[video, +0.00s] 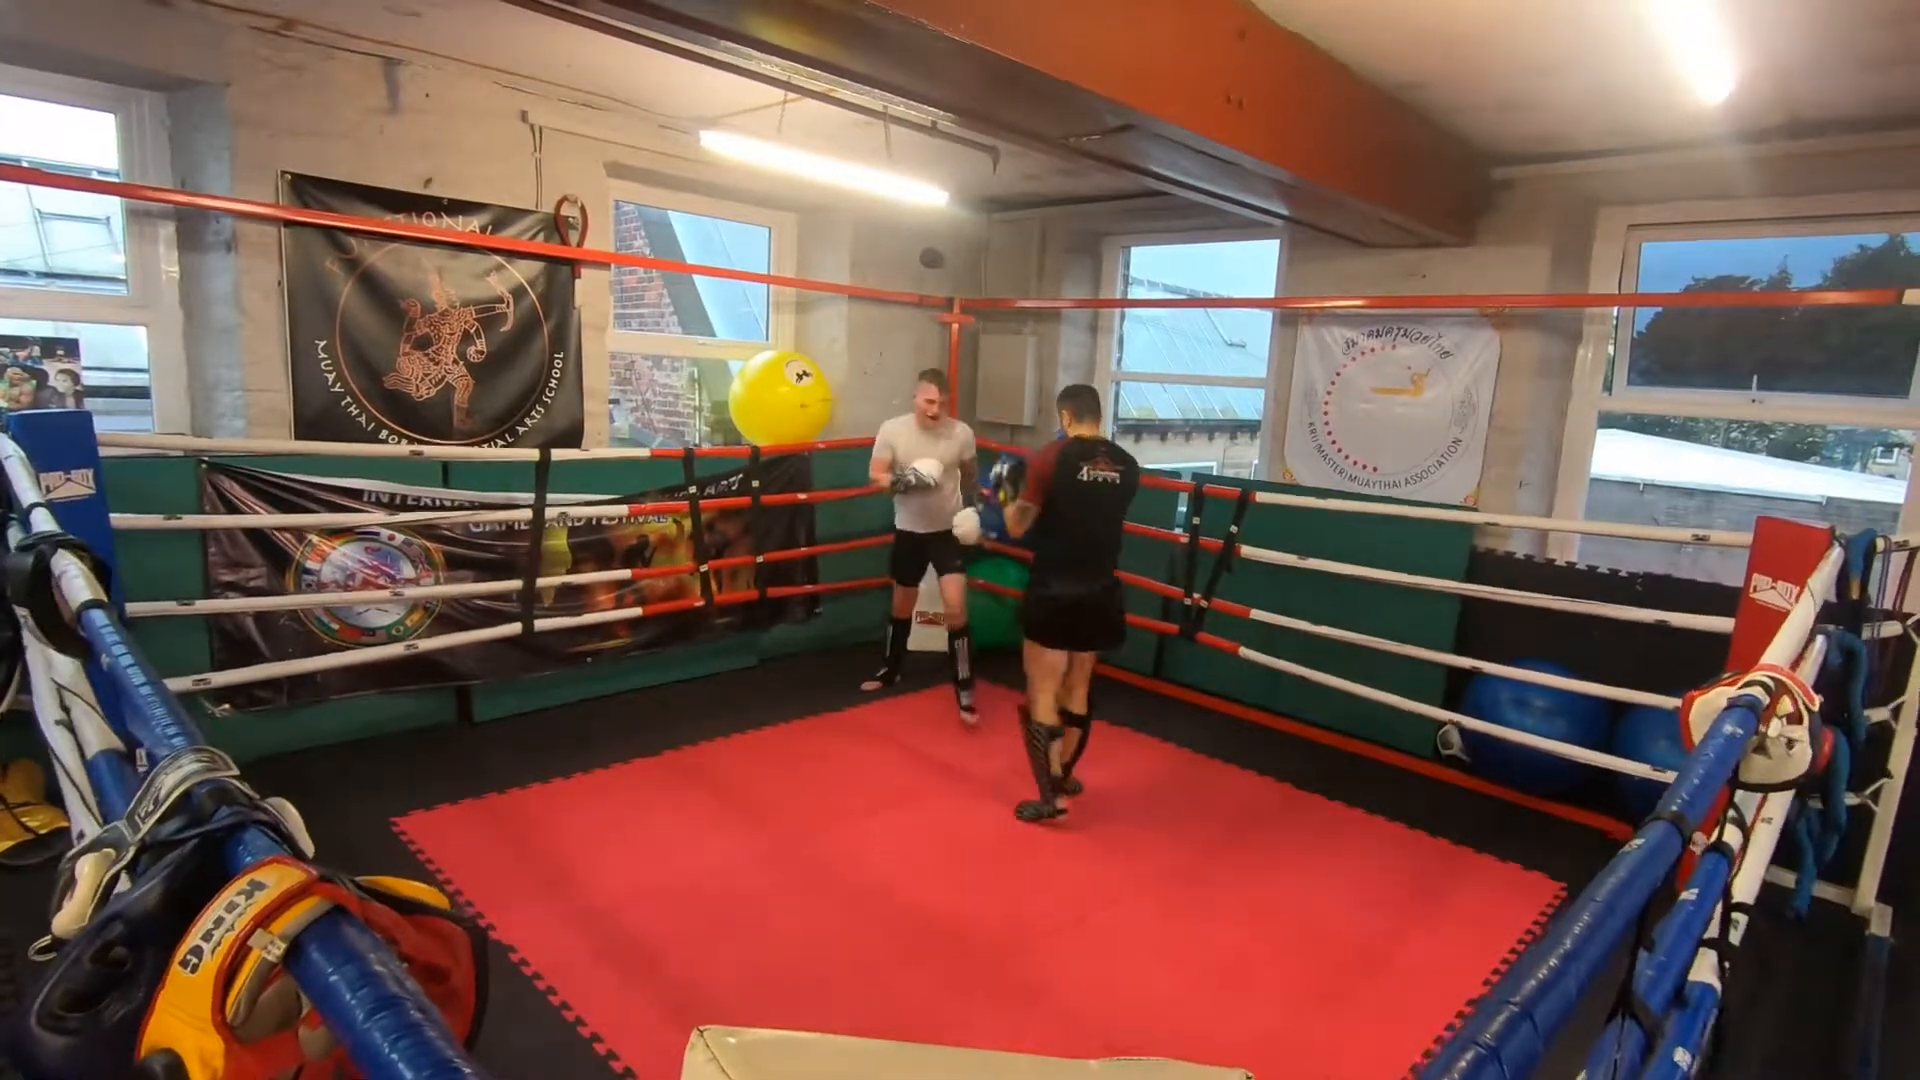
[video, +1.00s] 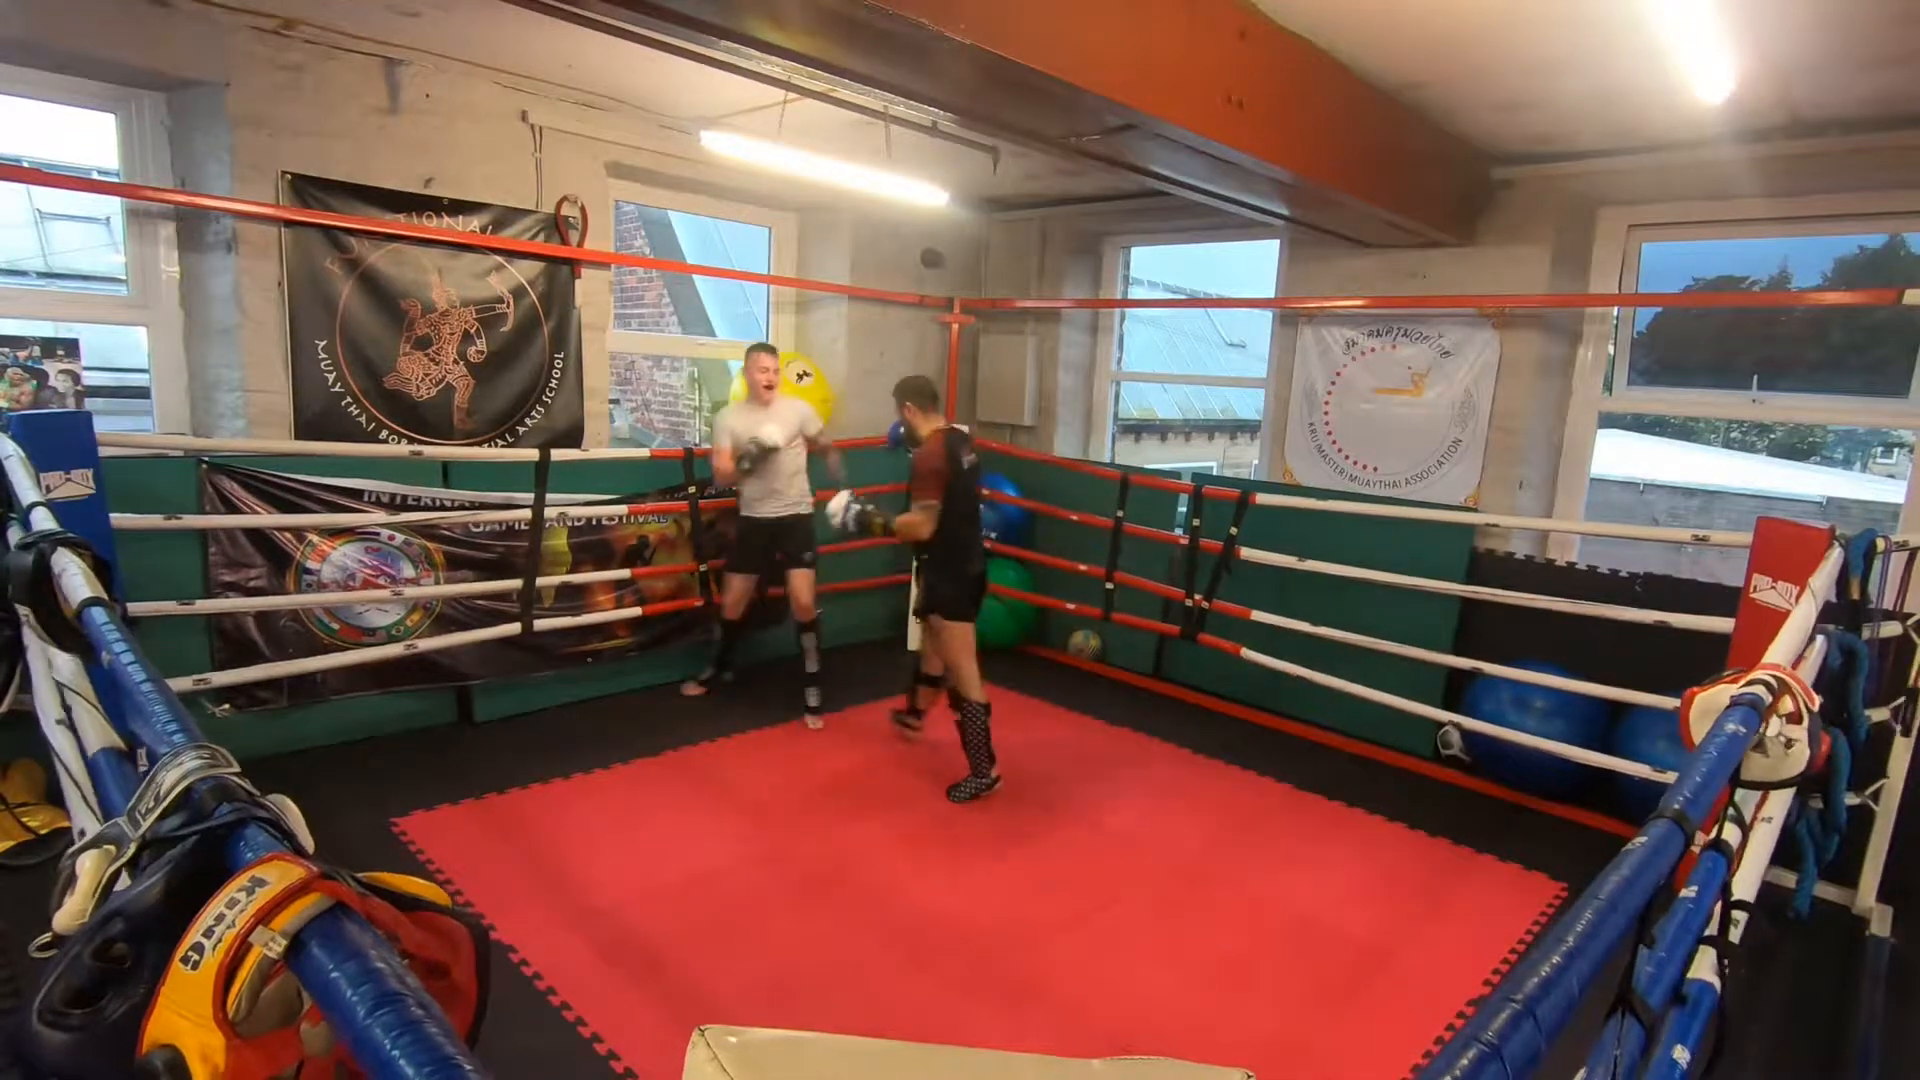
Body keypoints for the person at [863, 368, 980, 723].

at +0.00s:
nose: (932, 409)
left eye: (938, 402)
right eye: (926, 401)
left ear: (947, 402)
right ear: (914, 400)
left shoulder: (961, 434)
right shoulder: (892, 430)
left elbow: (970, 477)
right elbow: (876, 477)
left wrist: (971, 511)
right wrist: (902, 479)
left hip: (947, 533)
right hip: (908, 533)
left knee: (956, 607)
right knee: (901, 605)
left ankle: (964, 689)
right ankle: (890, 670)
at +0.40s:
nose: (947, 421)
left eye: (952, 415)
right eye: (942, 413)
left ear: (957, 416)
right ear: (925, 407)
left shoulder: (959, 443)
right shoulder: (890, 433)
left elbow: (960, 503)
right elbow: (860, 474)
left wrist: (941, 492)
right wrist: (885, 486)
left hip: (928, 544)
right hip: (885, 540)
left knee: (938, 627)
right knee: (855, 618)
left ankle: (955, 716)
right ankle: (845, 673)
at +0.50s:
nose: (930, 424)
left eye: (936, 418)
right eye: (925, 415)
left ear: (941, 418)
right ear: (909, 408)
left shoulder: (945, 455)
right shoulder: (876, 438)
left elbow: (948, 506)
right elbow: (842, 480)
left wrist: (932, 510)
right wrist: (867, 490)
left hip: (921, 550)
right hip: (876, 546)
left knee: (937, 632)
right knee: (841, 621)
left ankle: (955, 718)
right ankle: (813, 695)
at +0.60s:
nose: (876, 408)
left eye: (883, 401)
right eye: (870, 400)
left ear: (895, 404)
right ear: (862, 403)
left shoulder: (913, 446)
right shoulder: (844, 445)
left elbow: (938, 489)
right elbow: (825, 501)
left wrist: (925, 522)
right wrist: (853, 484)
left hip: (907, 555)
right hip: (862, 552)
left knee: (929, 638)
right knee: (824, 626)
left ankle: (954, 721)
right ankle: (801, 706)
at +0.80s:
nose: (807, 377)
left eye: (812, 370)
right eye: (800, 371)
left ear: (820, 375)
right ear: (787, 377)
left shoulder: (843, 413)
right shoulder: (775, 421)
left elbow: (881, 451)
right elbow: (772, 479)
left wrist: (908, 484)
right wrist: (806, 465)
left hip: (847, 525)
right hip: (803, 529)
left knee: (870, 608)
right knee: (796, 616)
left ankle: (901, 693)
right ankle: (798, 704)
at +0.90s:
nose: (790, 367)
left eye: (794, 360)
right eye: (782, 360)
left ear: (802, 364)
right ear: (768, 365)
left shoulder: (822, 401)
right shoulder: (751, 410)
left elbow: (856, 440)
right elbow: (746, 468)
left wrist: (877, 475)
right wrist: (773, 454)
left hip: (819, 510)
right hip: (773, 513)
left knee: (833, 596)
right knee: (766, 598)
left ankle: (851, 682)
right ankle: (768, 686)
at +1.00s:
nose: (769, 377)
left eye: (774, 371)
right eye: (761, 371)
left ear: (780, 374)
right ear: (746, 374)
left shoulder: (799, 411)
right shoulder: (729, 418)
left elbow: (827, 450)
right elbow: (721, 474)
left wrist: (837, 473)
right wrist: (748, 460)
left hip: (796, 517)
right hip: (753, 520)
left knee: (803, 603)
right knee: (733, 604)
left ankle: (812, 686)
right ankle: (716, 670)